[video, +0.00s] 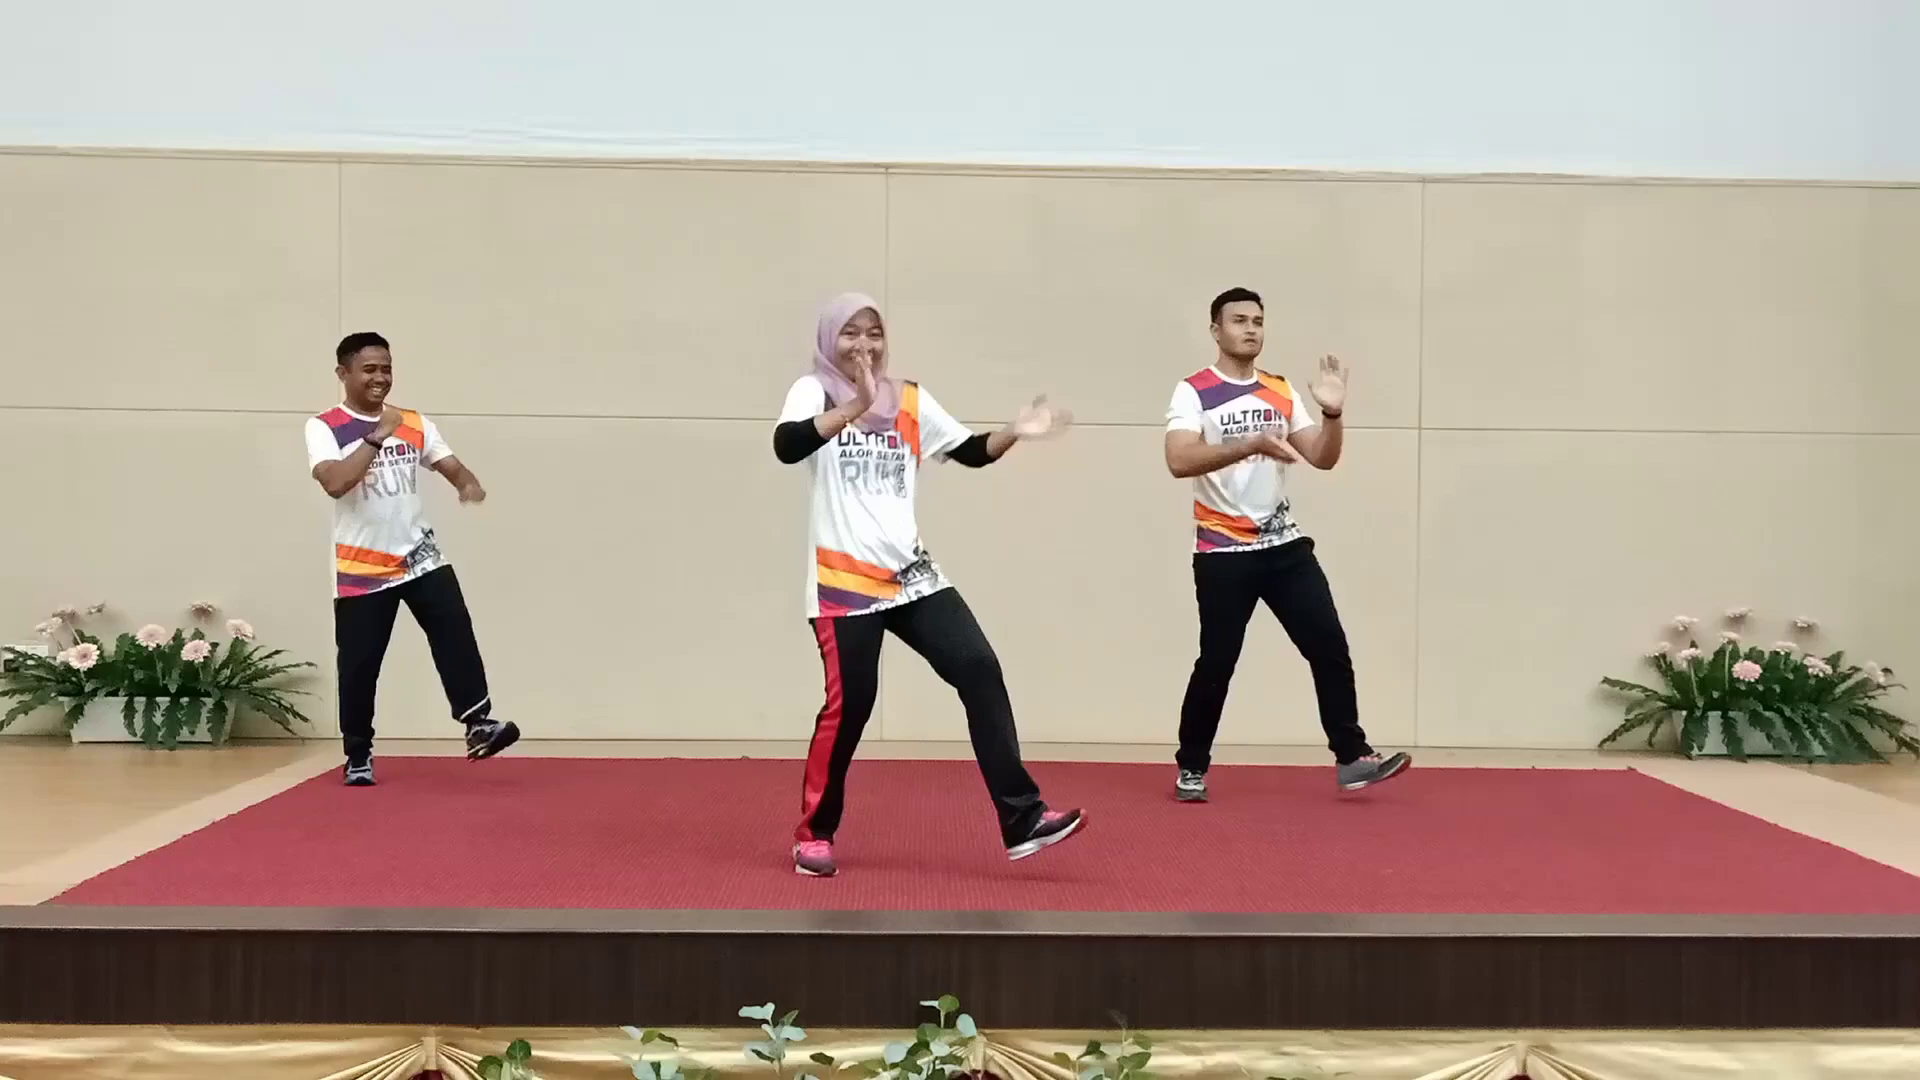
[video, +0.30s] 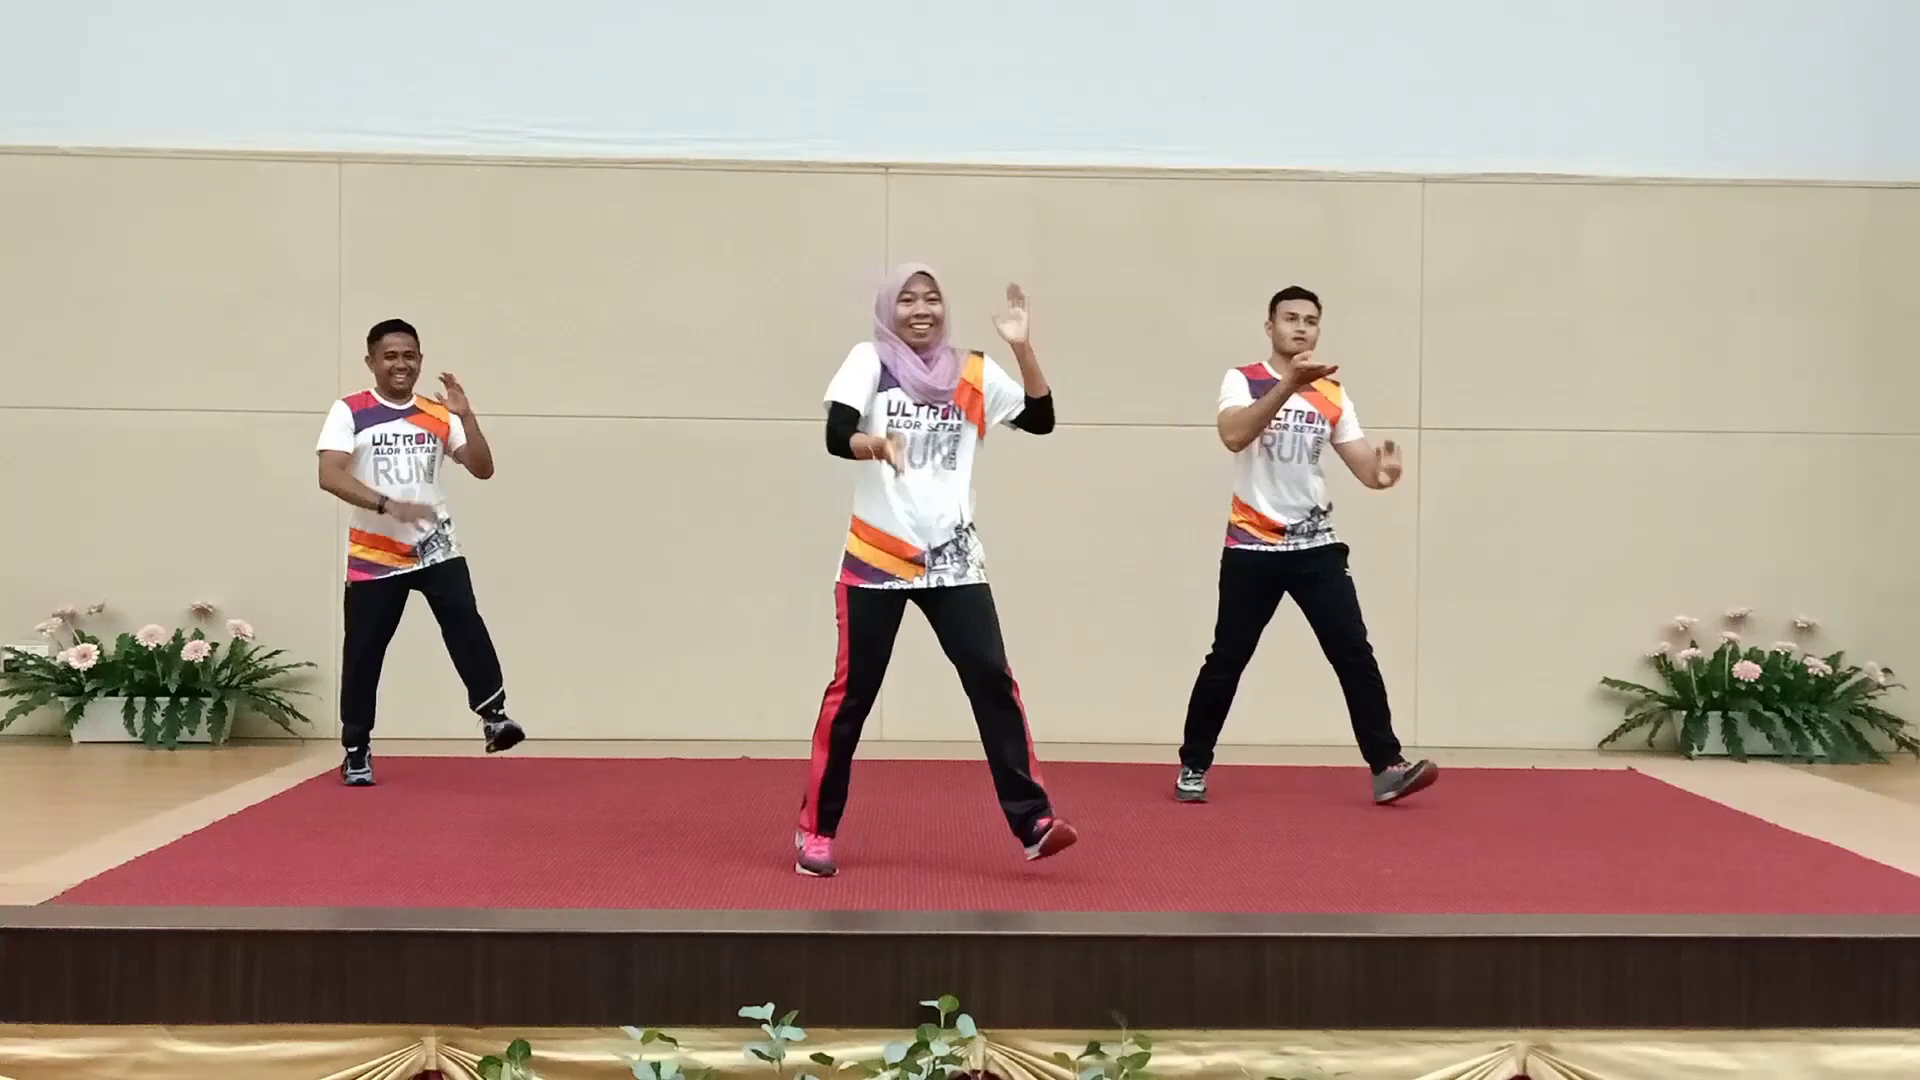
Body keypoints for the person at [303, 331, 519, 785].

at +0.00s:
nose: (380, 378)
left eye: (386, 370)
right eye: (369, 370)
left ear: (391, 373)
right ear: (343, 373)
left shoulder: (413, 424)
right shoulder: (323, 428)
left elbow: (452, 468)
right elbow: (335, 483)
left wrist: (468, 484)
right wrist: (379, 434)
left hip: (419, 558)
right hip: (362, 568)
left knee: (454, 629)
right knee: (358, 667)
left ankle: (478, 725)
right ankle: (358, 756)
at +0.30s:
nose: (401, 363)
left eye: (409, 355)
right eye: (391, 356)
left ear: (420, 361)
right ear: (371, 361)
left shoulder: (438, 416)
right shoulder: (349, 411)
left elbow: (482, 468)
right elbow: (330, 476)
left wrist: (467, 414)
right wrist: (389, 504)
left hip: (436, 551)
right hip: (375, 558)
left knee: (464, 621)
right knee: (363, 654)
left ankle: (494, 716)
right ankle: (357, 751)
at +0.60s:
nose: (439, 372)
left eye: (449, 363)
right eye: (431, 365)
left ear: (471, 368)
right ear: (423, 373)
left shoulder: (497, 425)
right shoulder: (402, 426)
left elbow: (512, 487)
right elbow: (362, 468)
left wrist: (453, 475)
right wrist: (336, 500)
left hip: (468, 574)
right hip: (408, 571)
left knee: (480, 665)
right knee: (382, 664)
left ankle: (501, 759)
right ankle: (362, 753)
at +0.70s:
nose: (462, 368)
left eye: (472, 360)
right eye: (455, 361)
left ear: (497, 366)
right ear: (449, 369)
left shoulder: (515, 418)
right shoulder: (436, 423)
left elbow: (527, 479)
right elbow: (385, 458)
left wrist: (460, 504)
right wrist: (361, 452)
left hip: (491, 573)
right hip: (438, 570)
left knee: (493, 666)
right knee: (416, 648)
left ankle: (501, 758)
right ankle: (425, 737)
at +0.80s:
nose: (473, 370)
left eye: (484, 361)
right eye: (467, 362)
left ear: (509, 367)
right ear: (460, 370)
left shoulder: (524, 417)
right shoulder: (452, 425)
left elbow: (532, 479)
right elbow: (398, 461)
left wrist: (471, 520)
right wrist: (381, 438)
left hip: (501, 572)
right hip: (451, 568)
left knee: (498, 666)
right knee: (432, 639)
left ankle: (501, 757)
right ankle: (467, 725)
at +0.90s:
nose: (496, 372)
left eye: (507, 363)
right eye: (490, 365)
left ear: (532, 369)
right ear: (485, 372)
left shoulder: (542, 418)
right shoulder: (480, 429)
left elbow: (542, 482)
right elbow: (438, 478)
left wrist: (492, 536)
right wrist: (432, 437)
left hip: (518, 566)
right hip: (479, 565)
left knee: (507, 659)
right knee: (472, 645)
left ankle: (502, 756)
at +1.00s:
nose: (507, 373)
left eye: (519, 365)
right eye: (502, 366)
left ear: (544, 373)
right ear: (496, 374)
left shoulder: (551, 419)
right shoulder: (493, 432)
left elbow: (553, 477)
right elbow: (458, 493)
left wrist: (503, 528)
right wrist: (456, 455)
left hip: (528, 563)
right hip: (495, 564)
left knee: (511, 660)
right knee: (513, 659)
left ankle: (502, 756)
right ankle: (575, 732)